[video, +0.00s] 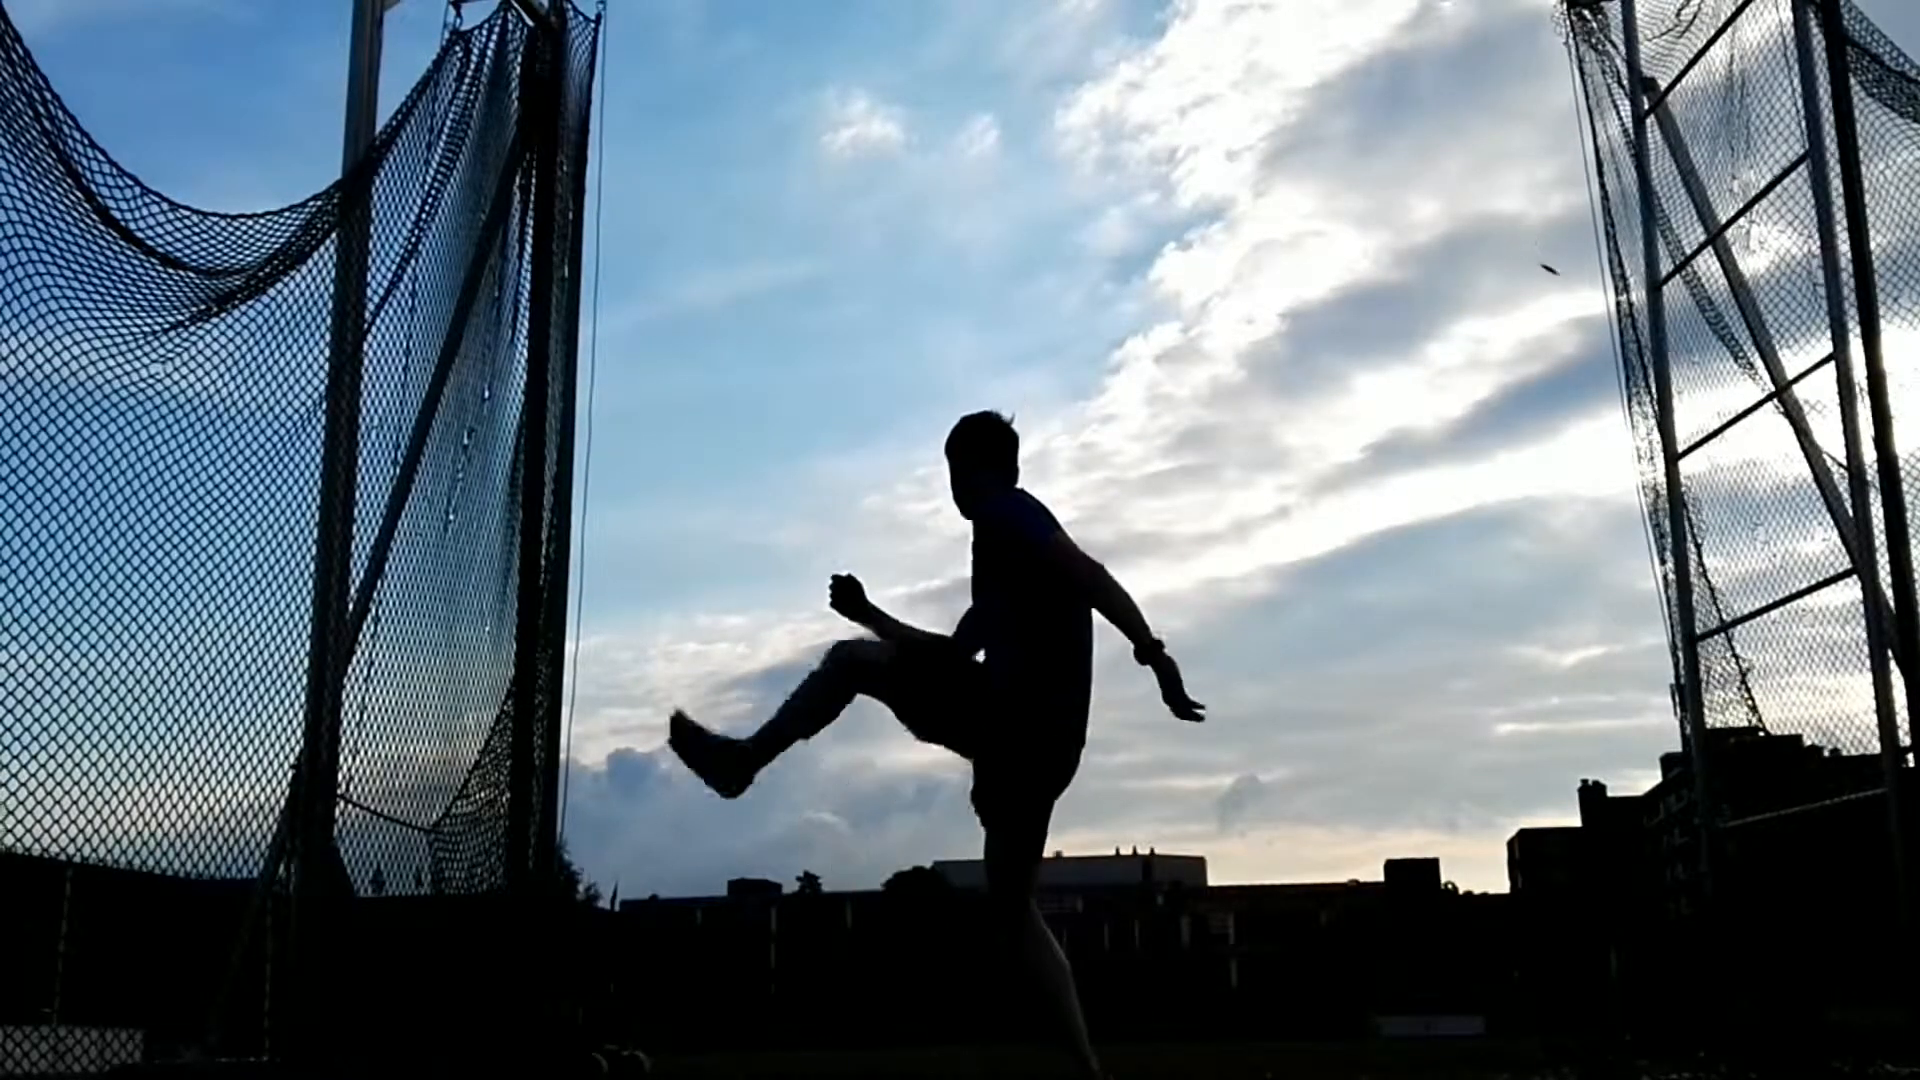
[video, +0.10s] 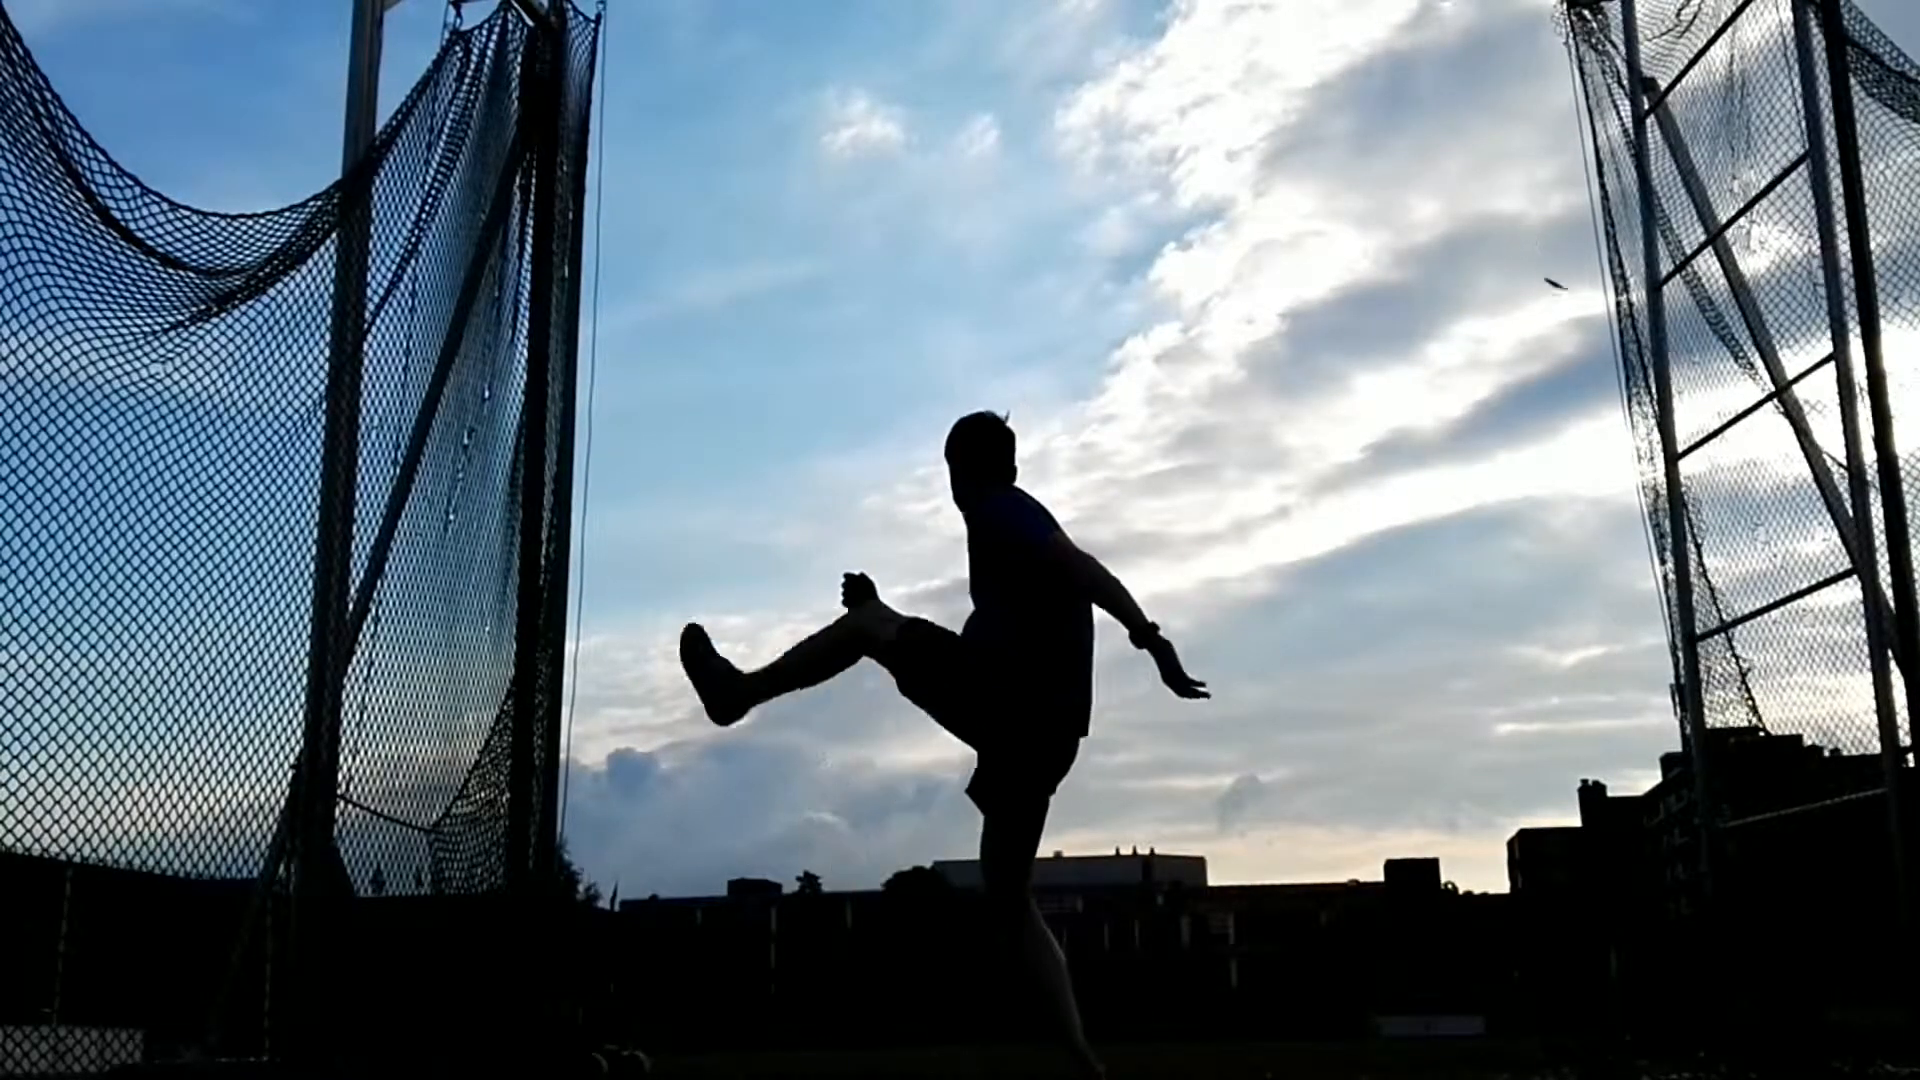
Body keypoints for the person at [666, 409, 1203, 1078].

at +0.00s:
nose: (949, 480)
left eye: (955, 465)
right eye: (949, 467)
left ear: (982, 464)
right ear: (999, 465)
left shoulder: (1013, 515)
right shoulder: (1004, 545)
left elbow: (1091, 579)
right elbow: (953, 652)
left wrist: (1153, 652)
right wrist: (869, 614)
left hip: (1005, 721)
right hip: (1033, 745)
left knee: (854, 659)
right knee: (1015, 913)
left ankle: (742, 757)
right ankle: (1083, 1062)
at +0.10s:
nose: (950, 478)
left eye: (952, 464)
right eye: (950, 466)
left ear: (971, 462)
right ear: (1007, 461)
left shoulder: (1004, 511)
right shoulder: (1011, 529)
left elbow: (1084, 572)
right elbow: (978, 650)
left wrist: (1151, 640)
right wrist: (882, 617)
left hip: (999, 704)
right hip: (1042, 733)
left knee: (871, 623)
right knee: (1010, 897)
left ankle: (740, 692)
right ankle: (1075, 1050)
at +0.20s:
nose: (951, 470)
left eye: (954, 458)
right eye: (953, 458)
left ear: (964, 457)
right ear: (1012, 456)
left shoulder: (991, 502)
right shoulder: (1023, 514)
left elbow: (1071, 557)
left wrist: (1136, 618)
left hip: (994, 692)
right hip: (1041, 724)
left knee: (873, 593)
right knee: (1011, 892)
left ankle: (745, 646)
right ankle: (1073, 1051)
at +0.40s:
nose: (956, 459)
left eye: (960, 447)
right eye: (960, 447)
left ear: (970, 448)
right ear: (1019, 450)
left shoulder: (984, 494)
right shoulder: (1046, 512)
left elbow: (1040, 545)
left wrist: (1086, 597)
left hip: (998, 681)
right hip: (1044, 715)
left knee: (884, 580)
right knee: (1011, 882)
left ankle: (749, 618)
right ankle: (1067, 1046)